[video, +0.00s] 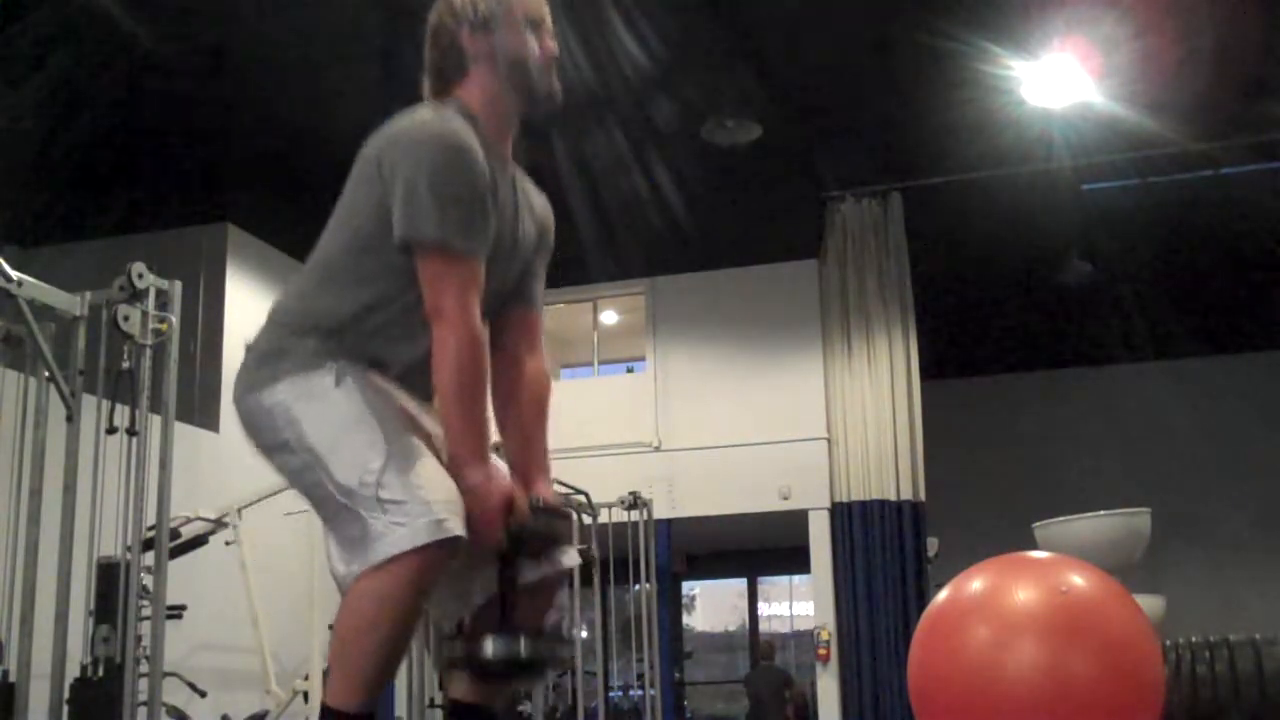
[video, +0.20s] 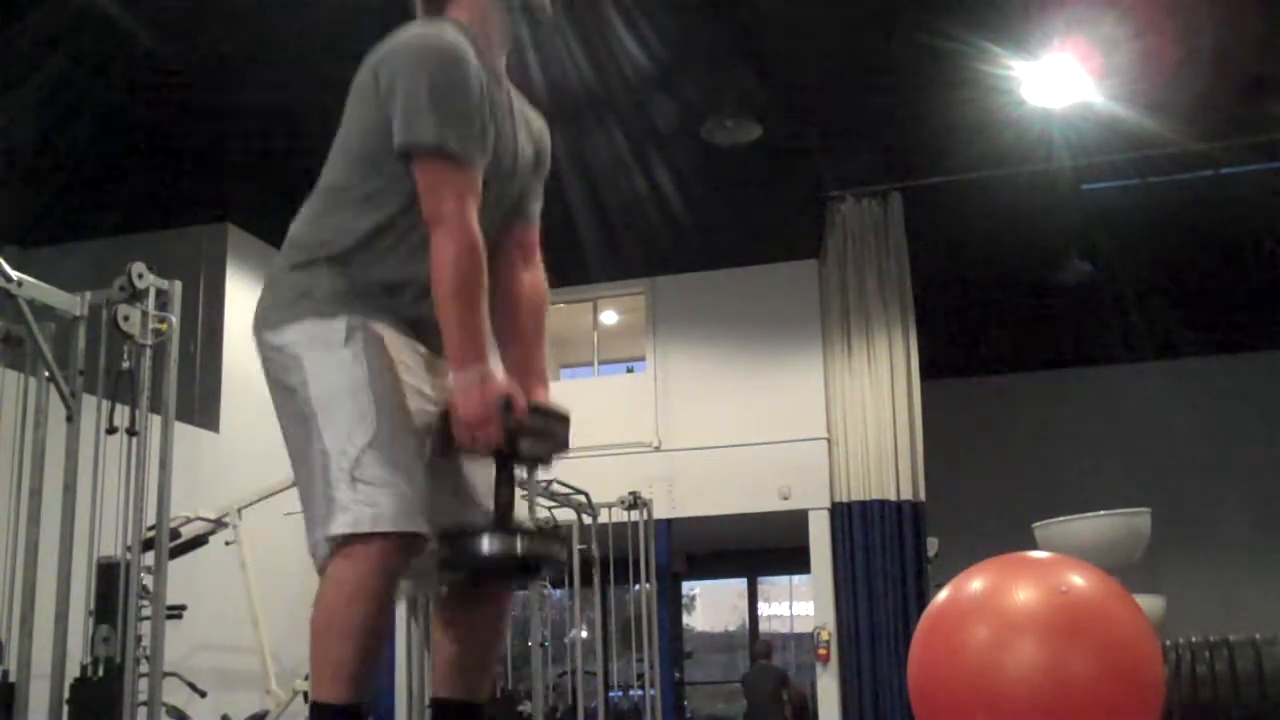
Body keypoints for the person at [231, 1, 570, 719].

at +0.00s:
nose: (554, 47)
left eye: (552, 31)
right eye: (533, 26)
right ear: (473, 38)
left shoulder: (530, 208)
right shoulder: (436, 142)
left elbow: (523, 352)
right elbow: (454, 320)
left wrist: (536, 485)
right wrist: (475, 472)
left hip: (389, 388)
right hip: (304, 371)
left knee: (505, 544)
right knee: (416, 528)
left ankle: (474, 703)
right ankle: (343, 712)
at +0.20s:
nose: (512, 7)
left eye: (507, 5)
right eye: (499, 2)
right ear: (465, 3)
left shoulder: (528, 128)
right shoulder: (434, 53)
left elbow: (523, 260)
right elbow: (451, 222)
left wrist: (534, 392)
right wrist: (473, 368)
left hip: (421, 338)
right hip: (330, 315)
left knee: (481, 554)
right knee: (377, 528)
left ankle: (458, 711)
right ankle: (331, 714)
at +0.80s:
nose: (581, 22)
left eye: (577, 10)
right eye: (558, 7)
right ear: (502, 24)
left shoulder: (543, 192)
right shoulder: (451, 116)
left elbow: (529, 340)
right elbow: (459, 304)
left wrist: (541, 476)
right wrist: (474, 456)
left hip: (404, 376)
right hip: (312, 350)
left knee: (494, 531)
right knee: (405, 526)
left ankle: (470, 704)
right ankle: (338, 710)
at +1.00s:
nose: (610, 118)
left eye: (605, 103)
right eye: (592, 100)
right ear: (533, 114)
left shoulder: (558, 280)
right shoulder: (469, 214)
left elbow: (542, 429)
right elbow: (474, 406)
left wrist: (545, 565)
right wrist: (491, 564)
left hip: (396, 429)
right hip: (299, 407)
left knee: (559, 563)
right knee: (432, 533)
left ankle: (477, 705)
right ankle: (345, 710)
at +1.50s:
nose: (607, 124)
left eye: (611, 106)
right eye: (587, 105)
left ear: (619, 123)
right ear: (531, 117)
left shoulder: (582, 263)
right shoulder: (499, 213)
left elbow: (568, 425)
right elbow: (491, 391)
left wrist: (584, 542)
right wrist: (526, 543)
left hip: (409, 426)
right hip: (321, 404)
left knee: (546, 564)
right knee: (455, 545)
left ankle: (358, 683)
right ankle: (362, 706)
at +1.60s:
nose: (593, 30)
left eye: (594, 15)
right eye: (577, 9)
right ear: (528, 15)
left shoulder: (577, 149)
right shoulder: (484, 91)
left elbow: (594, 280)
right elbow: (445, 213)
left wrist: (590, 356)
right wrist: (512, 330)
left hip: (430, 371)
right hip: (346, 346)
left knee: (544, 570)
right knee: (442, 540)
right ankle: (358, 705)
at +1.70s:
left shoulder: (544, 21)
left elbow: (554, 113)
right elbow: (389, 12)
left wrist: (555, 151)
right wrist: (470, 126)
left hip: (470, 250)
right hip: (390, 232)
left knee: (463, 498)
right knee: (382, 476)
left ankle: (472, 695)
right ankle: (357, 695)